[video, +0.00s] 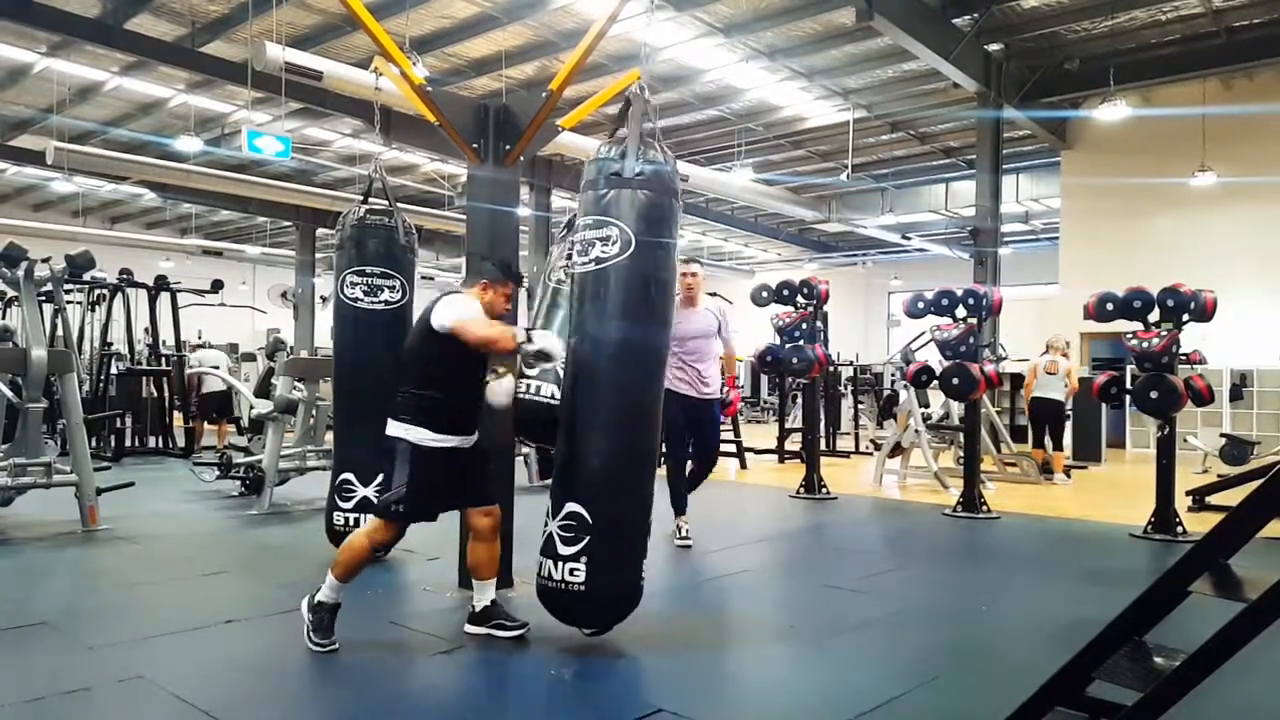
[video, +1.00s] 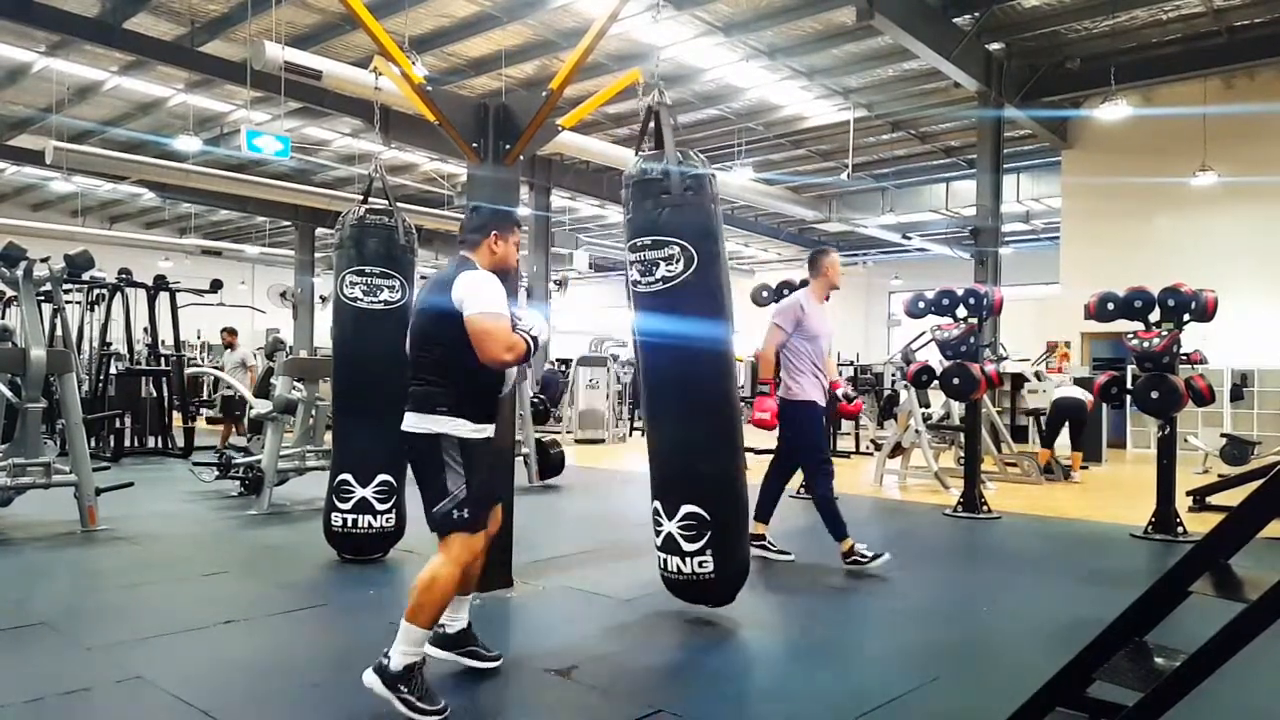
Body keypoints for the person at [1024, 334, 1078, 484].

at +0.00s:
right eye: (1064, 349)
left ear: (1047, 347)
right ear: (1063, 349)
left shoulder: (1036, 362)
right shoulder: (1067, 364)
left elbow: (1028, 383)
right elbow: (1074, 385)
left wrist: (1027, 402)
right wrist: (1066, 397)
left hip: (1037, 400)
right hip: (1056, 401)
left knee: (1037, 438)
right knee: (1057, 440)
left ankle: (1035, 471)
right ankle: (1058, 473)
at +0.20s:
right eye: (1062, 351)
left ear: (1047, 349)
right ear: (1060, 351)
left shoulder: (1034, 363)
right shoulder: (1065, 365)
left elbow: (1025, 383)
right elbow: (1068, 386)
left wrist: (1026, 403)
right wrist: (1063, 401)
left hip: (1034, 399)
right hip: (1053, 401)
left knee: (1036, 438)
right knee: (1063, 438)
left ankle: (1036, 470)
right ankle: (1064, 468)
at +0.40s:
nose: (1067, 357)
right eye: (1066, 355)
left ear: (1049, 352)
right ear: (1062, 354)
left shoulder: (1036, 364)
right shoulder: (1065, 365)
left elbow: (1027, 385)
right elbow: (1068, 387)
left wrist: (1029, 399)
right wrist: (1063, 400)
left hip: (1035, 399)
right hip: (1054, 401)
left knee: (1036, 438)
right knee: (1064, 439)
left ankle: (1036, 471)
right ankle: (1075, 471)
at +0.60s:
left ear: (1052, 356)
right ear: (1068, 358)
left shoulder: (1042, 368)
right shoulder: (1072, 369)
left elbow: (1035, 388)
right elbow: (1075, 389)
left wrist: (1039, 400)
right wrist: (1071, 403)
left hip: (1042, 399)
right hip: (1061, 400)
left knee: (1040, 438)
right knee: (1066, 440)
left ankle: (1036, 471)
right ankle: (1074, 472)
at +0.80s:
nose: (1055, 363)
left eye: (1056, 361)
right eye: (1057, 361)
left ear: (1058, 363)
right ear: (1070, 363)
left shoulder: (1052, 377)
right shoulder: (1078, 378)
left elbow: (1048, 392)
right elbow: (1085, 394)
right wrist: (1080, 407)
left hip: (1053, 400)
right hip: (1072, 401)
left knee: (1045, 439)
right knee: (1073, 440)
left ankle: (1039, 471)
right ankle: (1075, 473)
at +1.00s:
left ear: (1058, 386)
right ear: (1071, 385)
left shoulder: (1055, 390)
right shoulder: (1079, 389)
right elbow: (1090, 398)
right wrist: (1085, 412)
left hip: (1059, 403)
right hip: (1079, 404)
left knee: (1049, 439)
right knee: (1076, 441)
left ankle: (1039, 470)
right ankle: (1075, 473)